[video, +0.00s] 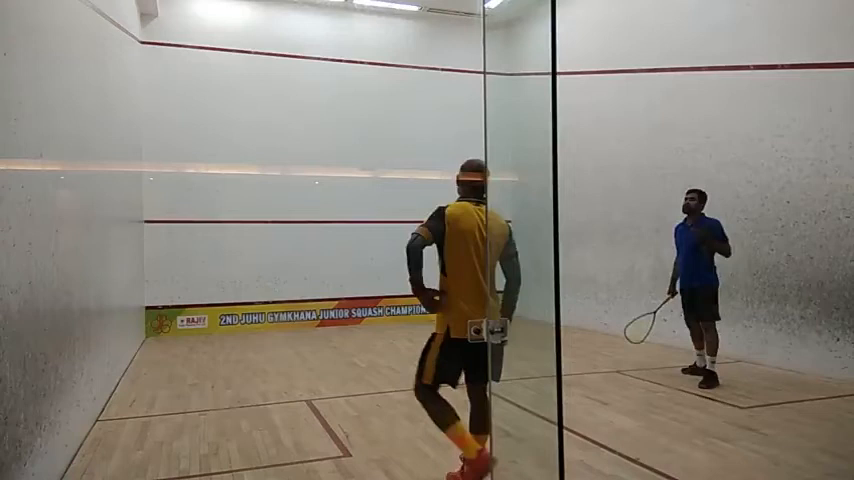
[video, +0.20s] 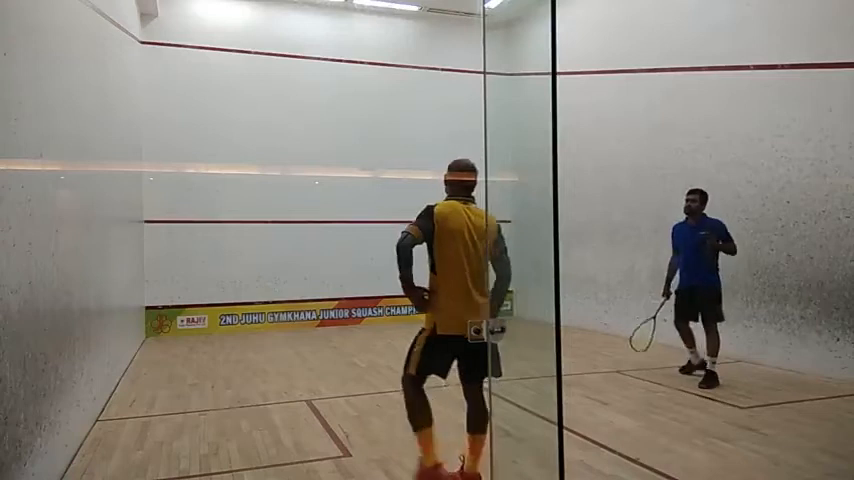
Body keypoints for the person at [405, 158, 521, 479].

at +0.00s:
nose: (464, 189)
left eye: (461, 184)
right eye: (473, 183)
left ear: (458, 185)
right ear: (486, 186)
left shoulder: (446, 214)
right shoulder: (500, 225)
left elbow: (414, 245)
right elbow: (514, 277)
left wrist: (421, 292)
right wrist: (504, 318)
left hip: (453, 326)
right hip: (489, 326)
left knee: (425, 388)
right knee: (479, 393)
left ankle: (474, 453)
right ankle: (476, 464)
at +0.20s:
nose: (448, 187)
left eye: (447, 182)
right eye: (457, 182)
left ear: (447, 183)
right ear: (475, 186)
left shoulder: (435, 213)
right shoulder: (489, 222)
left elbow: (404, 245)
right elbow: (504, 272)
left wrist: (410, 289)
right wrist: (490, 310)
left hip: (442, 324)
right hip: (478, 324)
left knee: (411, 381)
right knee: (474, 392)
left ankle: (430, 463)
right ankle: (473, 469)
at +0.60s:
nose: (425, 183)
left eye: (419, 178)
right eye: (431, 178)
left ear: (413, 183)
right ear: (442, 185)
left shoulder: (396, 216)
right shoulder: (459, 219)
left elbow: (360, 250)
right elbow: (481, 266)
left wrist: (380, 292)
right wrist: (466, 301)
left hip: (412, 324)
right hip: (450, 323)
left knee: (402, 397)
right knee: (457, 393)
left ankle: (394, 470)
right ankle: (469, 466)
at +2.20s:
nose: (380, 192)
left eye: (378, 187)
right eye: (386, 186)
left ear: (378, 190)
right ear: (407, 190)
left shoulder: (367, 224)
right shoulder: (427, 223)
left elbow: (347, 279)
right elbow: (453, 270)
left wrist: (362, 271)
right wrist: (421, 278)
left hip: (388, 331)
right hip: (426, 328)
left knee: (377, 405)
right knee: (424, 378)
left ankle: (390, 475)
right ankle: (436, 451)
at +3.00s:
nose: (367, 201)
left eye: (368, 196)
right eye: (369, 195)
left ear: (370, 199)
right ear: (396, 201)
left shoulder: (370, 225)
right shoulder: (412, 233)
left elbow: (364, 269)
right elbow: (427, 282)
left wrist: (347, 283)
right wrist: (378, 288)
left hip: (399, 325)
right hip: (426, 322)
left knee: (388, 397)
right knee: (417, 385)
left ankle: (419, 472)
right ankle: (424, 457)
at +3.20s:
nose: (352, 210)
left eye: (354, 205)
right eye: (354, 205)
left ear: (358, 209)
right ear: (382, 210)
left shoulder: (362, 236)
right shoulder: (392, 240)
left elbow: (361, 285)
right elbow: (392, 296)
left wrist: (333, 316)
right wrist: (356, 312)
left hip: (392, 338)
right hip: (410, 335)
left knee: (374, 409)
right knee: (395, 396)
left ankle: (410, 474)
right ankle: (420, 459)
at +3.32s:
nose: (336, 223)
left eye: (339, 218)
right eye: (338, 217)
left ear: (347, 222)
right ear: (365, 221)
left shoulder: (358, 254)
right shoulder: (367, 251)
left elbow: (361, 309)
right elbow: (363, 306)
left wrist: (327, 340)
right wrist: (329, 310)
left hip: (387, 349)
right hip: (377, 345)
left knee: (362, 420)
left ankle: (403, 472)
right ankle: (385, 435)